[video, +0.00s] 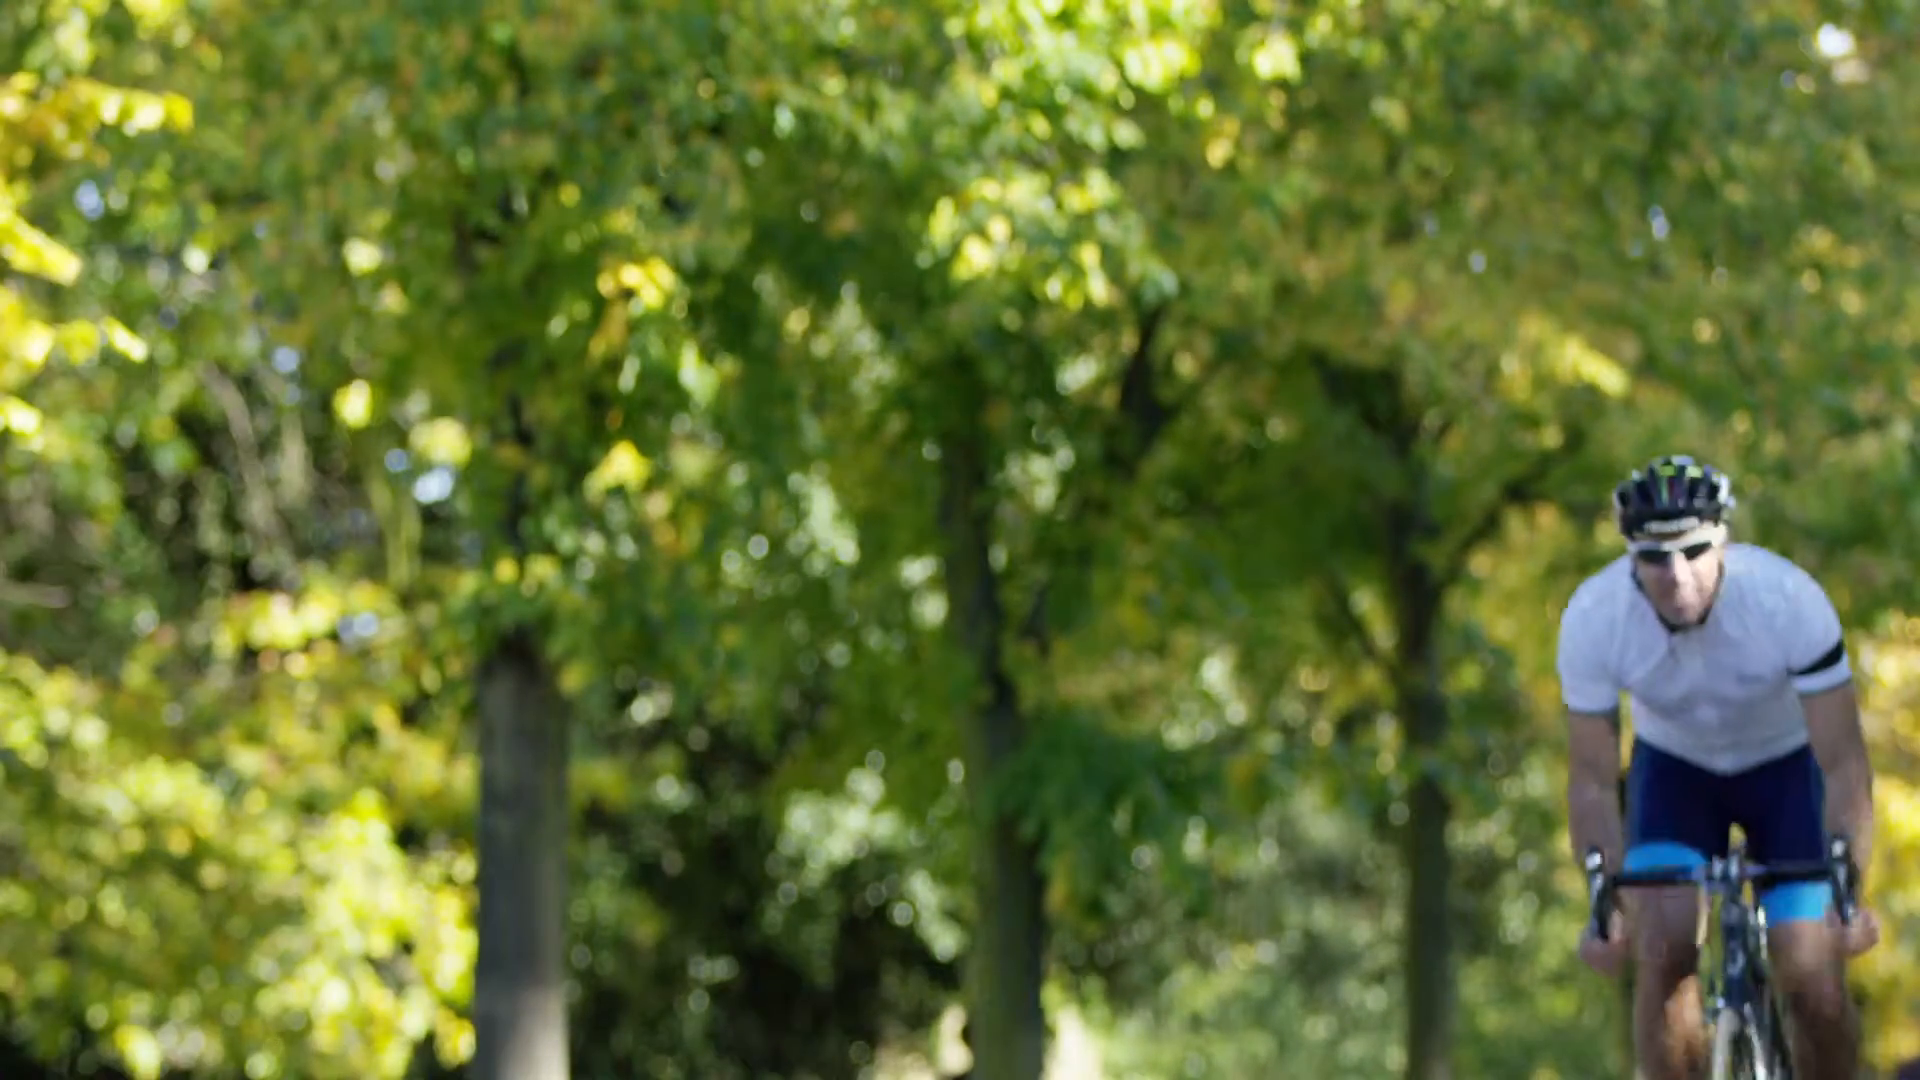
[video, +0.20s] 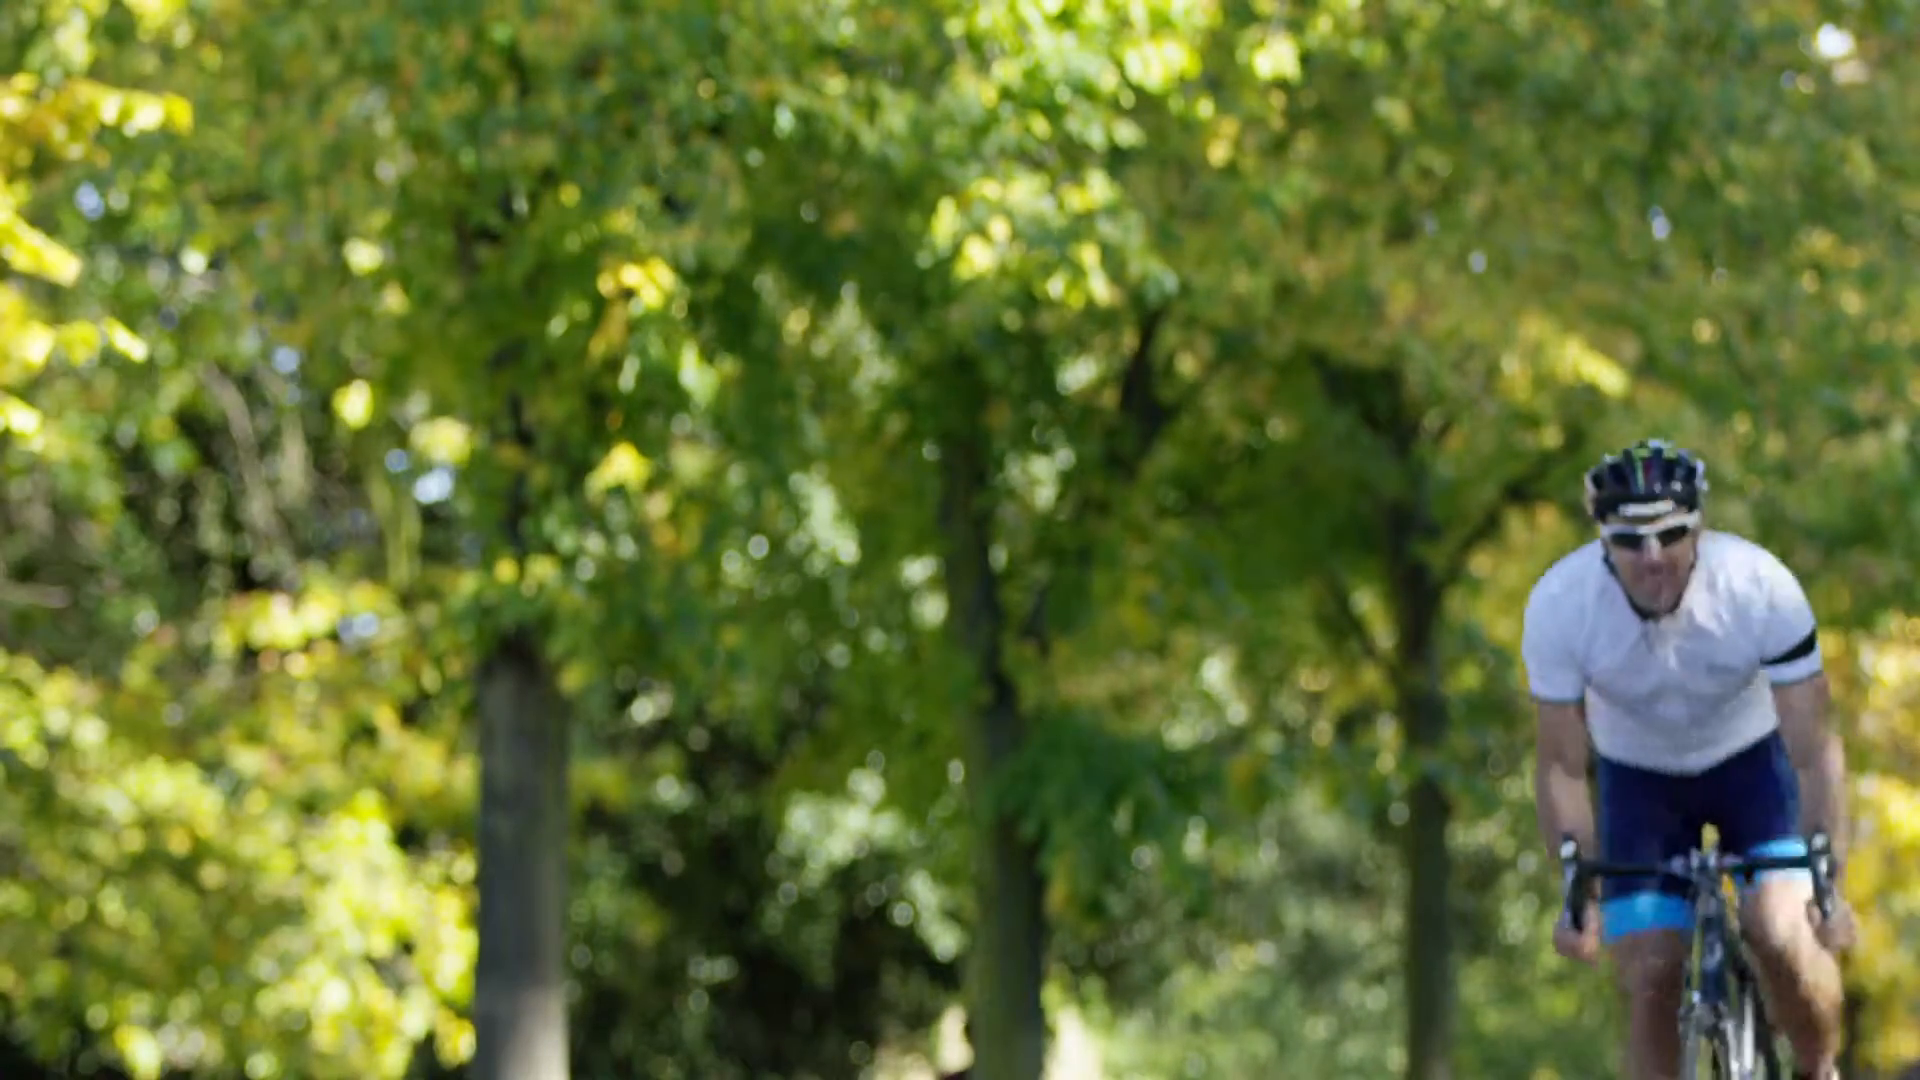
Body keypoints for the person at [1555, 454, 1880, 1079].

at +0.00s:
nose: (1676, 574)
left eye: (1694, 552)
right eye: (1655, 557)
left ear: (1722, 543)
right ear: (1632, 557)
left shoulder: (1789, 599)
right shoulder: (1594, 617)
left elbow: (1843, 755)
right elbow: (1591, 777)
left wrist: (1849, 890)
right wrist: (1605, 901)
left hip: (1784, 762)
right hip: (1671, 765)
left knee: (1811, 979)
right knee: (1664, 954)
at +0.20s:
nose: (1653, 558)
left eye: (1671, 536)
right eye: (1630, 541)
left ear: (1697, 530)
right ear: (1603, 541)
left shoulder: (1759, 586)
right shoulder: (1560, 606)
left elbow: (1813, 747)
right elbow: (1561, 763)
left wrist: (1829, 884)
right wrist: (1578, 887)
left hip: (1749, 758)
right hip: (1632, 774)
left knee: (1779, 936)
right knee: (1650, 975)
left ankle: (1820, 1070)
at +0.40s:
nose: (1624, 539)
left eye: (1641, 517)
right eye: (1600, 522)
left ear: (1668, 511)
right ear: (1573, 523)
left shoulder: (1728, 568)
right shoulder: (1526, 588)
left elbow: (1785, 732)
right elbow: (1521, 750)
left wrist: (1797, 875)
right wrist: (1537, 880)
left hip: (1716, 739)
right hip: (1600, 767)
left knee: (1752, 884)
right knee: (1621, 992)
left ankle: (1778, 1051)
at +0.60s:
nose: (1587, 516)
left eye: (1606, 493)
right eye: (1563, 498)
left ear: (1634, 486)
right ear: (1535, 497)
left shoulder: (1697, 549)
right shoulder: (1485, 566)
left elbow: (1747, 724)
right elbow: (1474, 734)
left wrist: (1745, 862)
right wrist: (1477, 875)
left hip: (1672, 715)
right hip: (1559, 739)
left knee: (1703, 860)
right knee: (1574, 988)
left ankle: (1725, 1059)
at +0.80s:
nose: (1537, 493)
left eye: (1557, 470)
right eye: (1514, 475)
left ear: (1587, 462)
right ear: (1485, 472)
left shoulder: (1655, 528)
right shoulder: (1438, 548)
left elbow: (1697, 709)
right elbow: (1423, 724)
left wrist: (1684, 850)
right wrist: (1414, 874)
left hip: (1634, 694)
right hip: (1515, 707)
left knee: (1646, 888)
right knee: (1509, 943)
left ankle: (1681, 1068)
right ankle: (1520, 1068)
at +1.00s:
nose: (1478, 479)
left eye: (1499, 454)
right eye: (1455, 460)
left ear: (1534, 442)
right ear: (1428, 456)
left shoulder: (1608, 513)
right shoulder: (1383, 532)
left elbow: (1639, 694)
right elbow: (1364, 718)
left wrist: (1626, 837)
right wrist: (1354, 862)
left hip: (1591, 701)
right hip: (1468, 698)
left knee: (1611, 945)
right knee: (1435, 930)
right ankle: (1484, 1068)